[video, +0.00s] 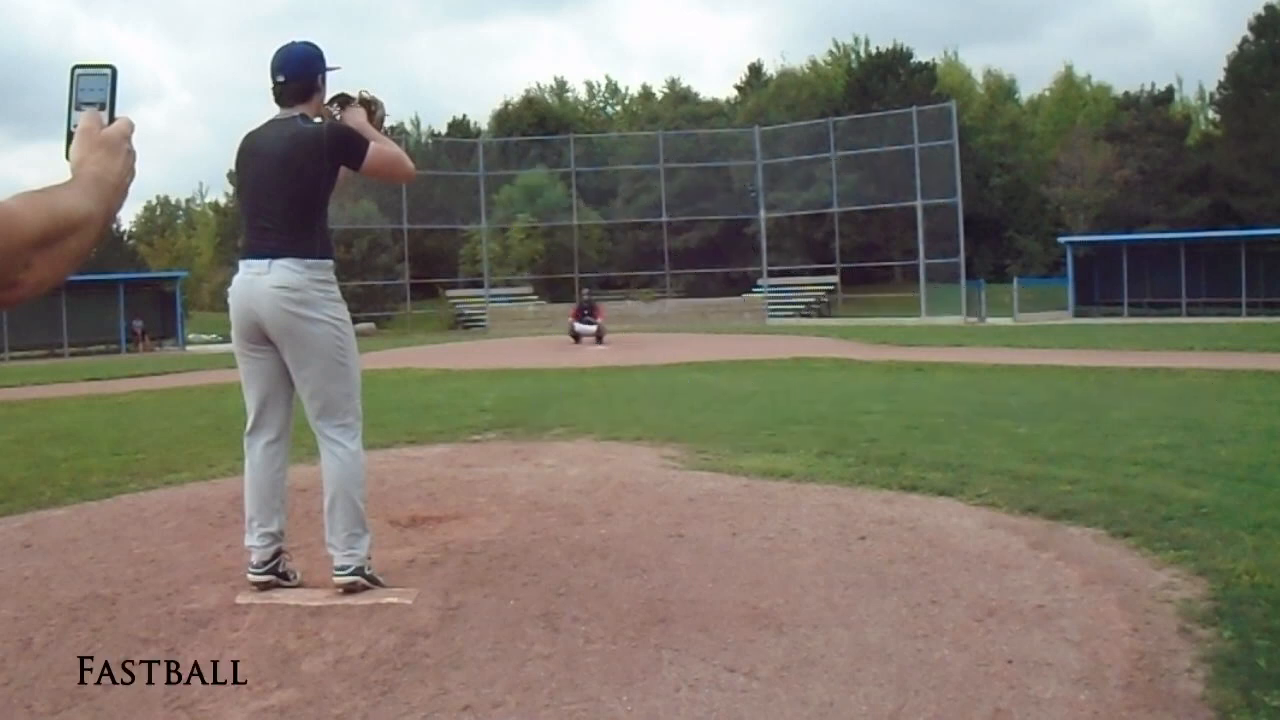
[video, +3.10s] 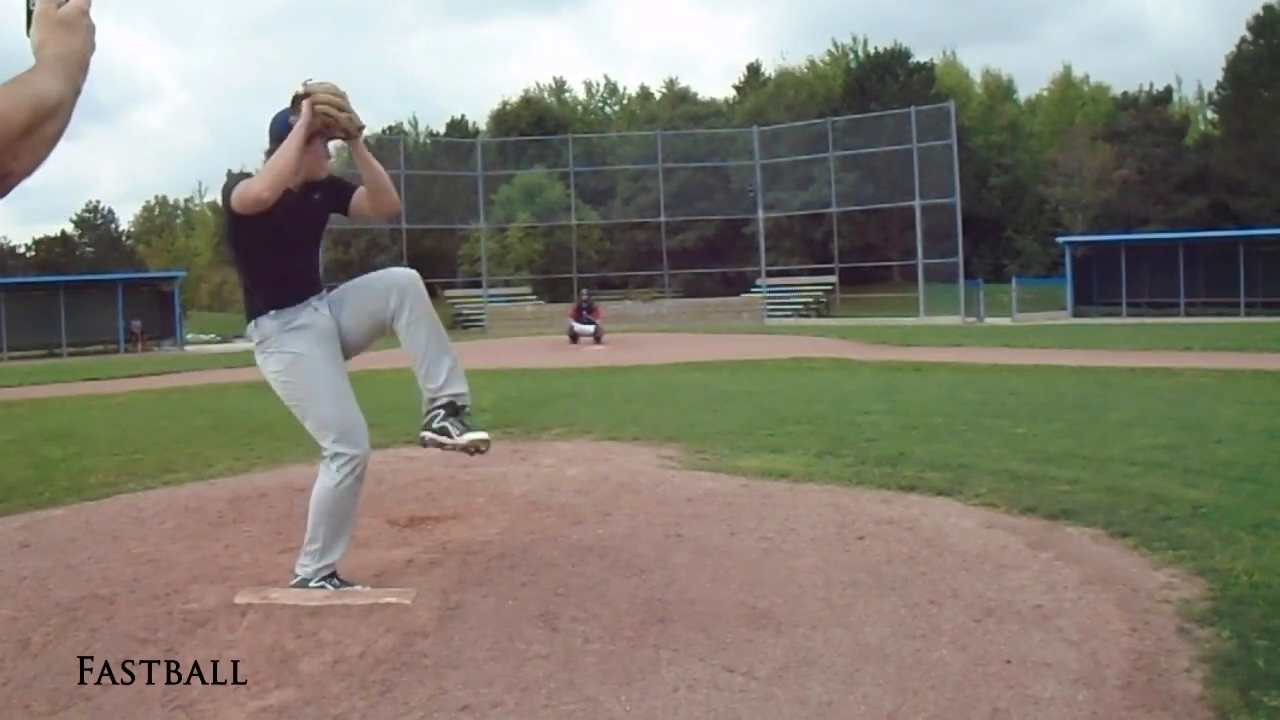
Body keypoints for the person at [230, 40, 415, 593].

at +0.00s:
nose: (327, 88)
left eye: (322, 81)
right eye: (325, 81)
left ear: (275, 88)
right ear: (320, 86)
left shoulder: (250, 143)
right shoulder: (327, 135)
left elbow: (305, 186)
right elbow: (402, 167)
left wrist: (329, 132)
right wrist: (361, 125)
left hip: (247, 288)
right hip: (303, 286)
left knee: (264, 430)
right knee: (338, 429)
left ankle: (263, 558)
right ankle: (350, 561)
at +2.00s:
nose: (279, 107)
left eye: (274, 98)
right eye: (280, 99)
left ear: (226, 100)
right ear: (272, 101)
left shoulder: (194, 153)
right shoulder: (273, 145)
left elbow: (259, 218)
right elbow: (352, 186)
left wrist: (300, 160)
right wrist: (321, 143)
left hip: (178, 310)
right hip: (239, 306)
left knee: (213, 462)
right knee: (297, 423)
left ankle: (234, 602)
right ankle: (286, 557)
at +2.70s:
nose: (317, 127)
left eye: (314, 118)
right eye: (314, 117)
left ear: (268, 122)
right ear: (301, 118)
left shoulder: (255, 176)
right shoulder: (277, 172)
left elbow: (335, 228)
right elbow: (362, 186)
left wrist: (376, 174)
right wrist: (368, 135)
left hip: (246, 331)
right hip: (282, 331)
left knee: (295, 434)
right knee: (341, 446)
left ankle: (243, 513)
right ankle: (314, 574)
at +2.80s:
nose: (318, 129)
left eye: (318, 120)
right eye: (316, 120)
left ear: (272, 121)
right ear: (303, 118)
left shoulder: (286, 176)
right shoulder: (265, 168)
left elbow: (353, 220)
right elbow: (339, 178)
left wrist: (385, 162)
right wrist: (366, 125)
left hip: (292, 324)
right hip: (277, 328)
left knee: (356, 399)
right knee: (340, 444)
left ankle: (282, 494)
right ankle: (313, 573)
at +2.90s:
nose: (322, 142)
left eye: (323, 133)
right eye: (319, 131)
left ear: (284, 125)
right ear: (301, 123)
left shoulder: (301, 179)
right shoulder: (246, 170)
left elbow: (366, 212)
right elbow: (312, 174)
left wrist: (380, 148)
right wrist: (349, 121)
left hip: (314, 320)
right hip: (277, 331)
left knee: (396, 371)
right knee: (341, 450)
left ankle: (349, 477)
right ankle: (312, 574)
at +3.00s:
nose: (319, 144)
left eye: (321, 137)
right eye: (314, 134)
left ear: (292, 138)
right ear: (294, 131)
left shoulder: (310, 182)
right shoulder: (236, 175)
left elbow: (377, 207)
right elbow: (281, 178)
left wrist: (367, 142)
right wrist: (326, 117)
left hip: (324, 316)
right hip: (277, 334)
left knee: (420, 329)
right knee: (344, 451)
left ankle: (420, 455)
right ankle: (312, 574)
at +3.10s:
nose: (331, 153)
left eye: (333, 142)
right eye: (322, 143)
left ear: (326, 148)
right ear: (292, 146)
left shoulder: (322, 189)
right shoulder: (240, 189)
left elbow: (385, 206)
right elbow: (263, 194)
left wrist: (357, 145)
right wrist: (302, 125)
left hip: (328, 313)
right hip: (285, 335)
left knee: (402, 284)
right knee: (348, 449)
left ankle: (445, 410)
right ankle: (314, 572)